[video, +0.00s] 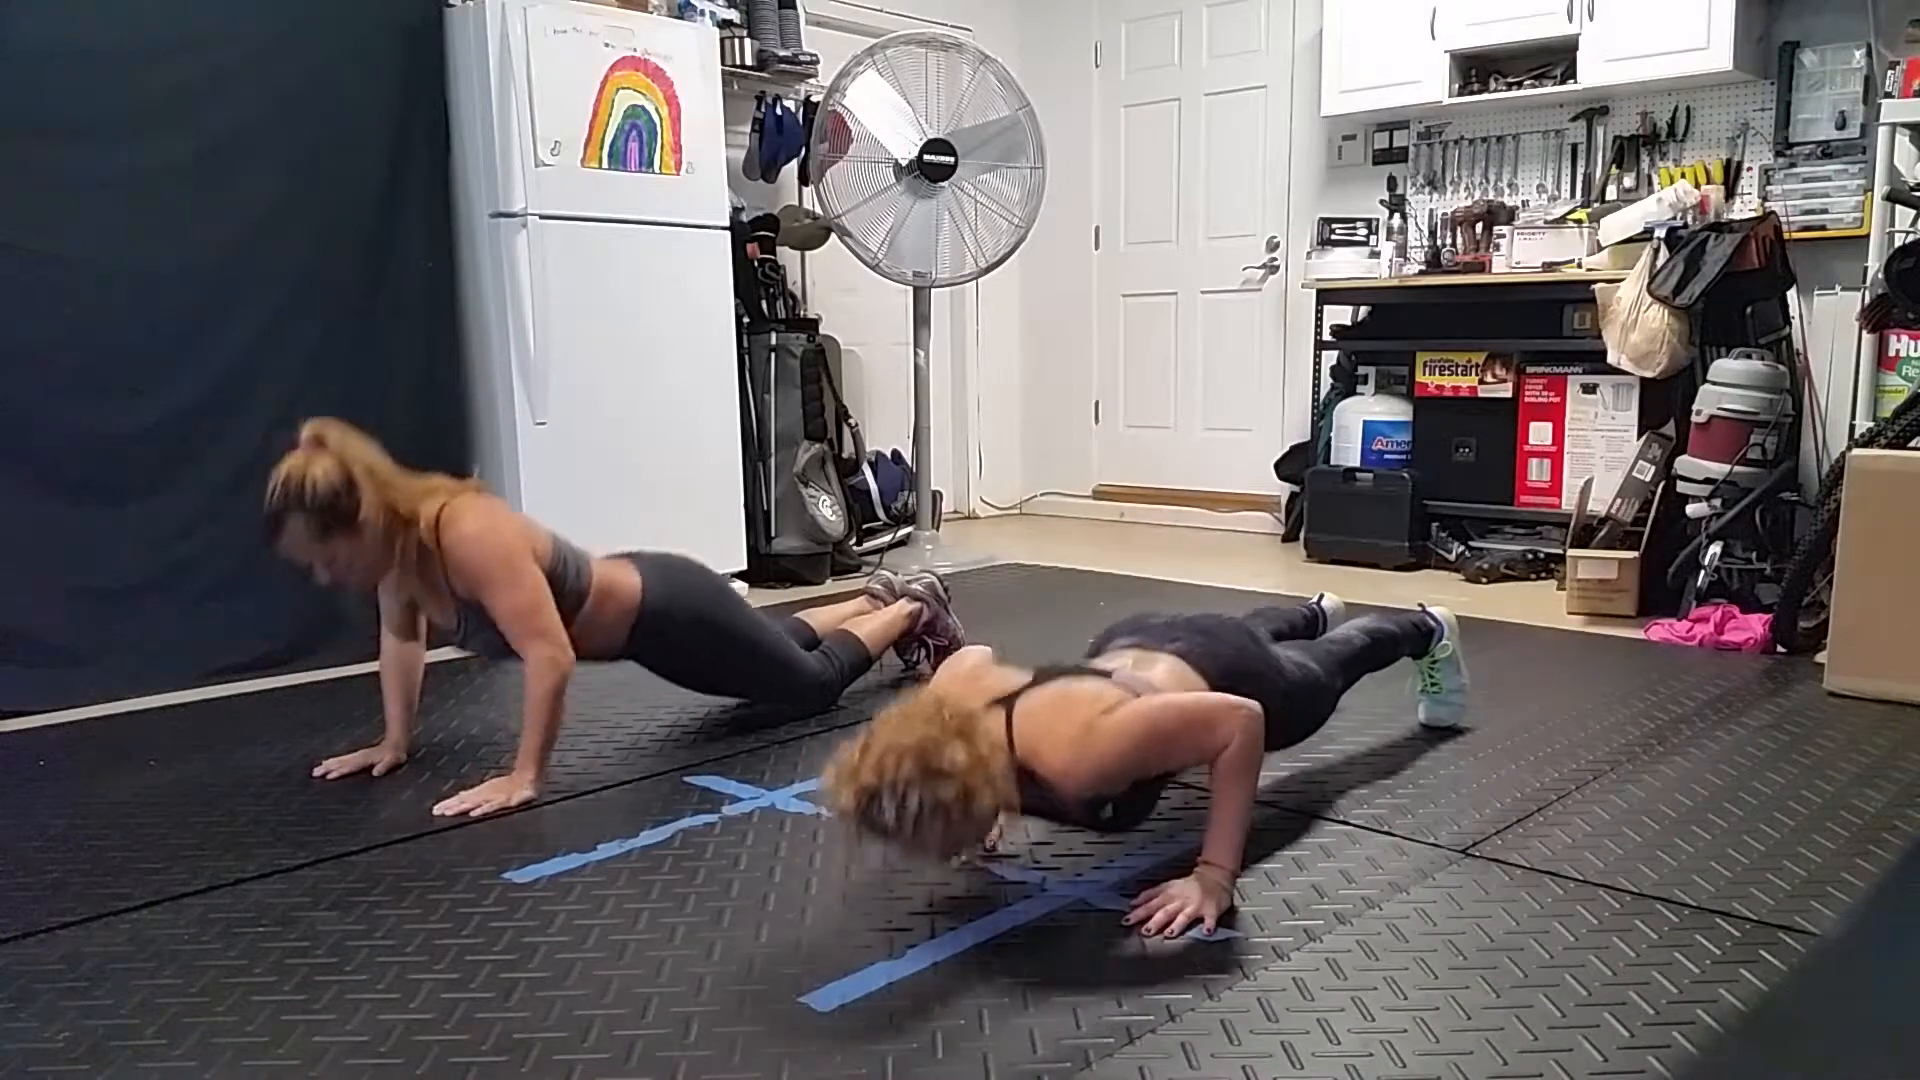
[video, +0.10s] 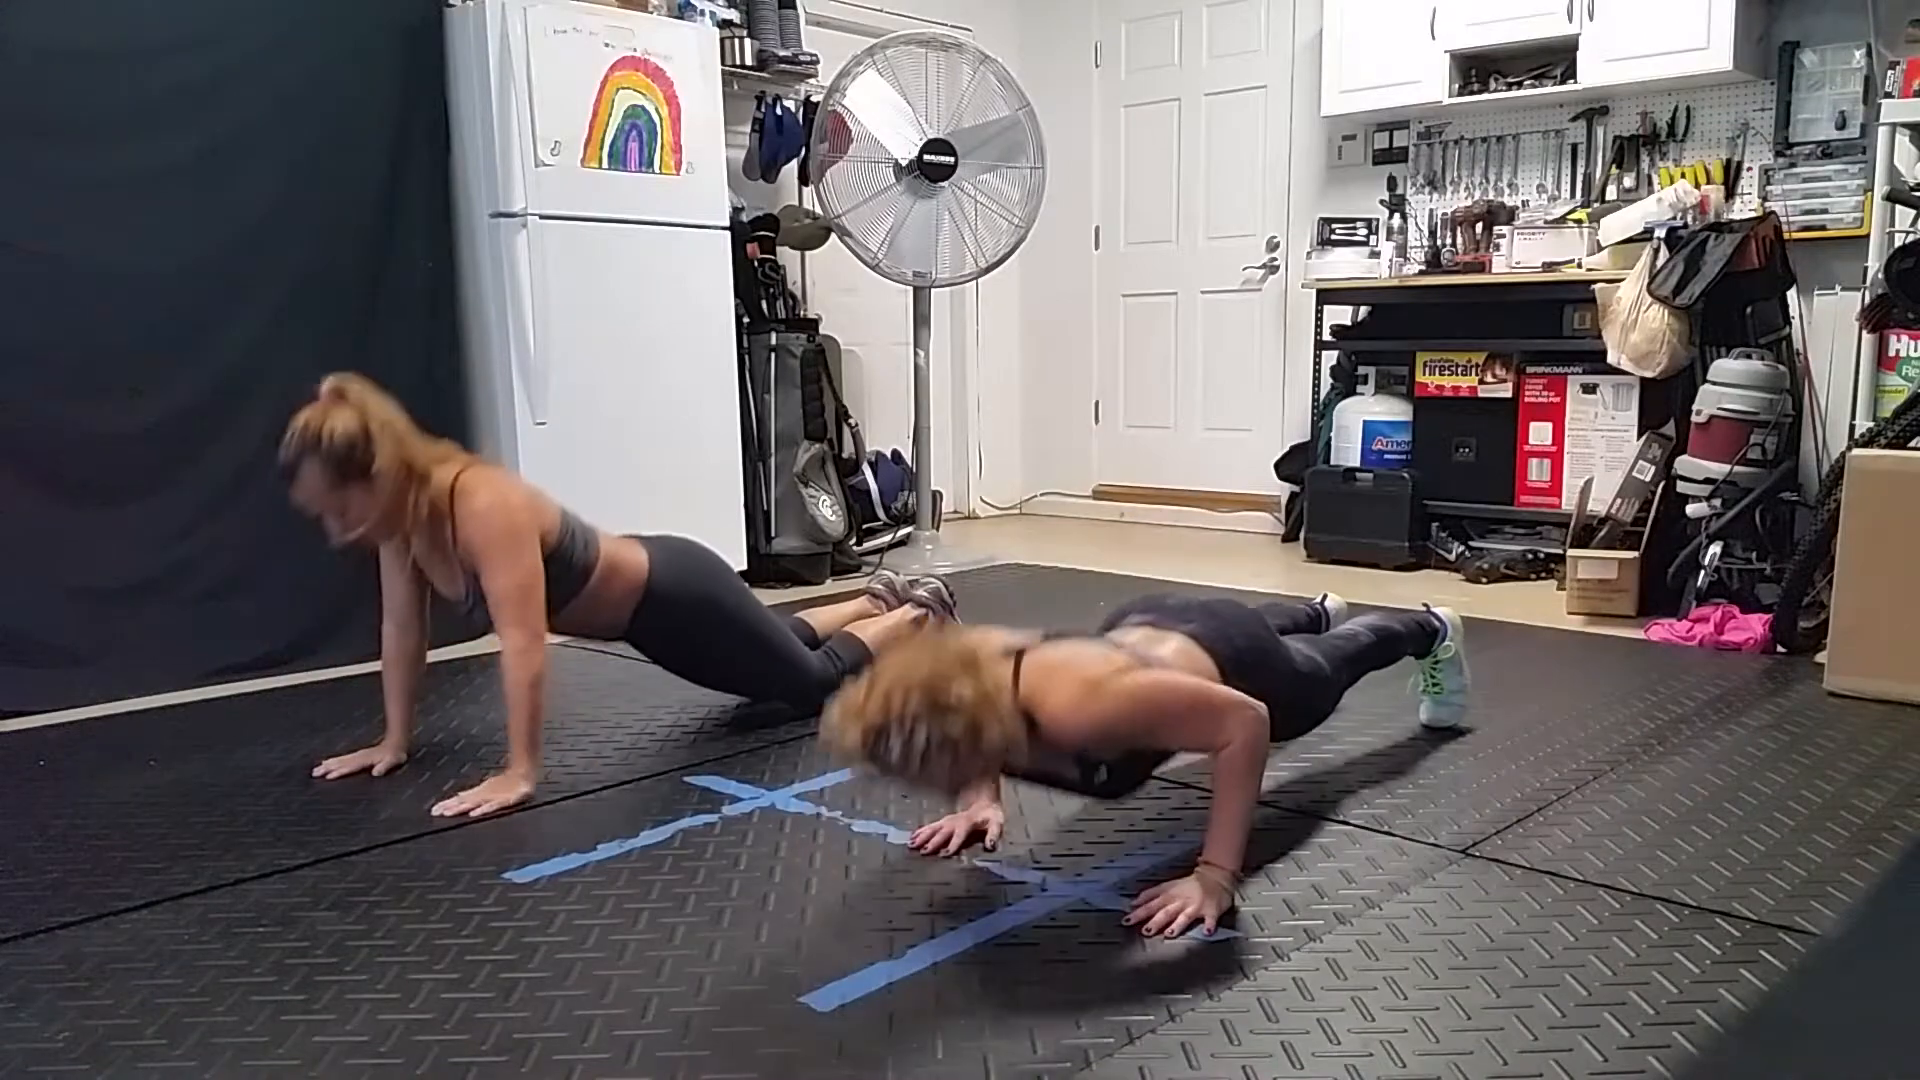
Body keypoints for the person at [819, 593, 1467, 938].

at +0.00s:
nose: (926, 852)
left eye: (928, 840)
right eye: (913, 842)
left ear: (956, 808)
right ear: (908, 737)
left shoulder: (1090, 751)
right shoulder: (944, 708)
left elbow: (1240, 724)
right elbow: (976, 657)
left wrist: (1214, 875)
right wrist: (988, 801)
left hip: (1226, 668)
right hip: (1132, 644)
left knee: (1332, 654)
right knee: (1237, 623)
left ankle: (1416, 626)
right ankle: (1312, 607)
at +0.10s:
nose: (932, 781)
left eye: (931, 771)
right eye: (916, 775)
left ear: (954, 743)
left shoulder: (1079, 706)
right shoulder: (958, 664)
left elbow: (1245, 725)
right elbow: (965, 714)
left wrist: (1215, 875)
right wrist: (978, 795)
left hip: (1230, 658)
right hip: (1141, 621)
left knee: (1337, 649)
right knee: (1251, 616)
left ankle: (1425, 626)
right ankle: (1321, 607)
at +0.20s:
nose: (936, 721)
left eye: (935, 705)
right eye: (922, 711)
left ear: (965, 678)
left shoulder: (1087, 657)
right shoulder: (968, 627)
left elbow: (1244, 722)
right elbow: (983, 695)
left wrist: (1215, 874)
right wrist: (982, 796)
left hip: (1238, 649)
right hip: (1159, 612)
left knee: (1346, 649)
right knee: (1256, 614)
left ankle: (1433, 626)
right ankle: (1321, 608)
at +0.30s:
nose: (962, 669)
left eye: (964, 651)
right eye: (950, 657)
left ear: (997, 613)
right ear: (971, 616)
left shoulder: (1107, 611)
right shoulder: (985, 614)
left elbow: (1246, 718)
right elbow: (988, 691)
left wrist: (1214, 872)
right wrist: (984, 797)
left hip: (1246, 634)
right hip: (1177, 620)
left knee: (1338, 692)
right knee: (1260, 614)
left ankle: (1435, 629)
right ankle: (1316, 607)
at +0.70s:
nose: (1081, 574)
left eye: (1088, 554)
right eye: (1067, 562)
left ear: (1124, 510)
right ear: (1051, 542)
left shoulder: (1220, 510)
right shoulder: (1075, 528)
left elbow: (1238, 719)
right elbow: (1047, 663)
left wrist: (1215, 869)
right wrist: (1005, 788)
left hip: (1369, 469)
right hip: (1292, 484)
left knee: (1433, 569)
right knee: (1352, 573)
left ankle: (1487, 639)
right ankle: (1378, 624)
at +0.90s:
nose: (1156, 581)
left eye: (1160, 559)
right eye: (1136, 570)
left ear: (1201, 513)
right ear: (1121, 546)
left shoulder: (1294, 503)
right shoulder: (1135, 535)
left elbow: (1396, 711)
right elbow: (1169, 694)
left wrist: (1430, 914)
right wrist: (1184, 855)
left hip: (1425, 455)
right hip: (1350, 475)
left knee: (1540, 567)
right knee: (1472, 574)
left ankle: (1637, 645)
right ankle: (1549, 628)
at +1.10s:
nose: (1208, 733)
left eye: (1210, 716)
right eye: (1189, 730)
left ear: (1233, 670)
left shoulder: (1347, 628)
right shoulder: (1208, 640)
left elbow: (1493, 769)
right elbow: (1200, 736)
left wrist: (1470, 946)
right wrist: (1187, 856)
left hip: (1505, 623)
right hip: (1424, 617)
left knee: (1607, 662)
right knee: (1541, 668)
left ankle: (1702, 669)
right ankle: (1596, 701)